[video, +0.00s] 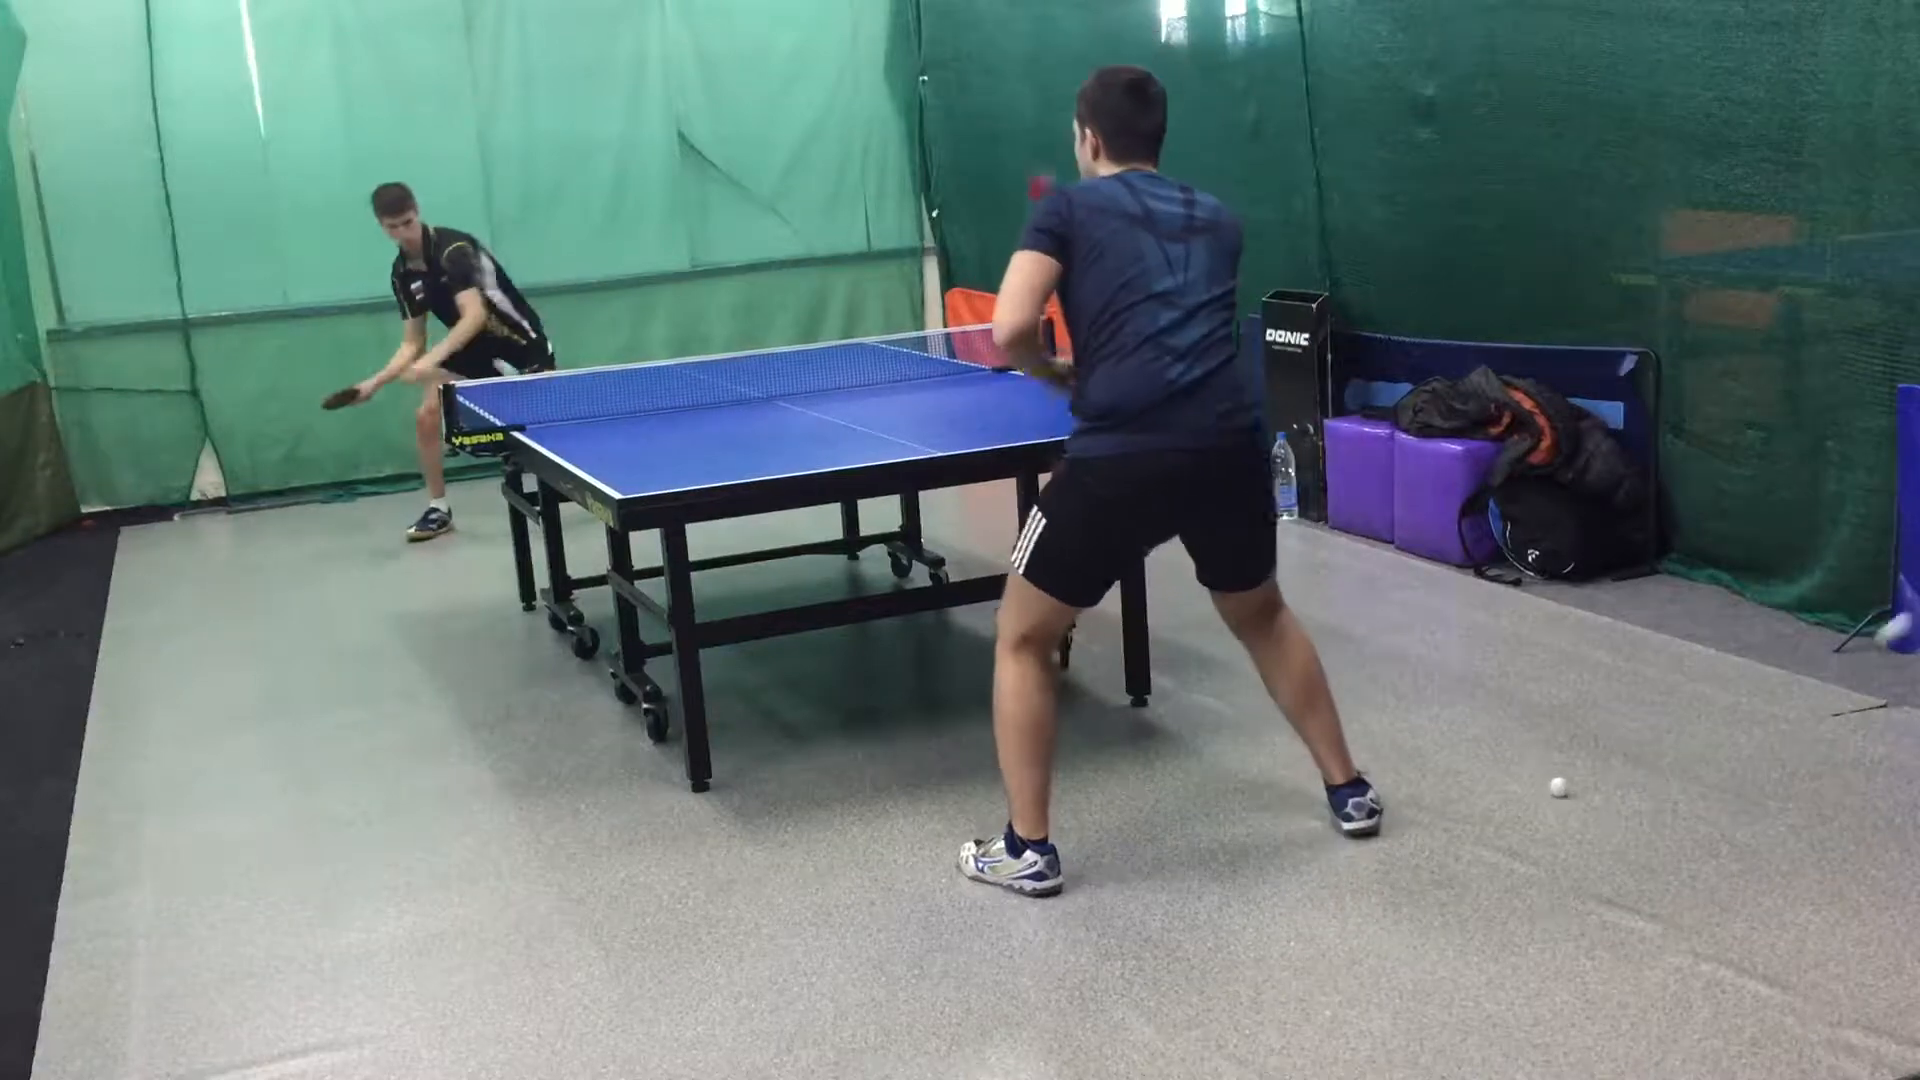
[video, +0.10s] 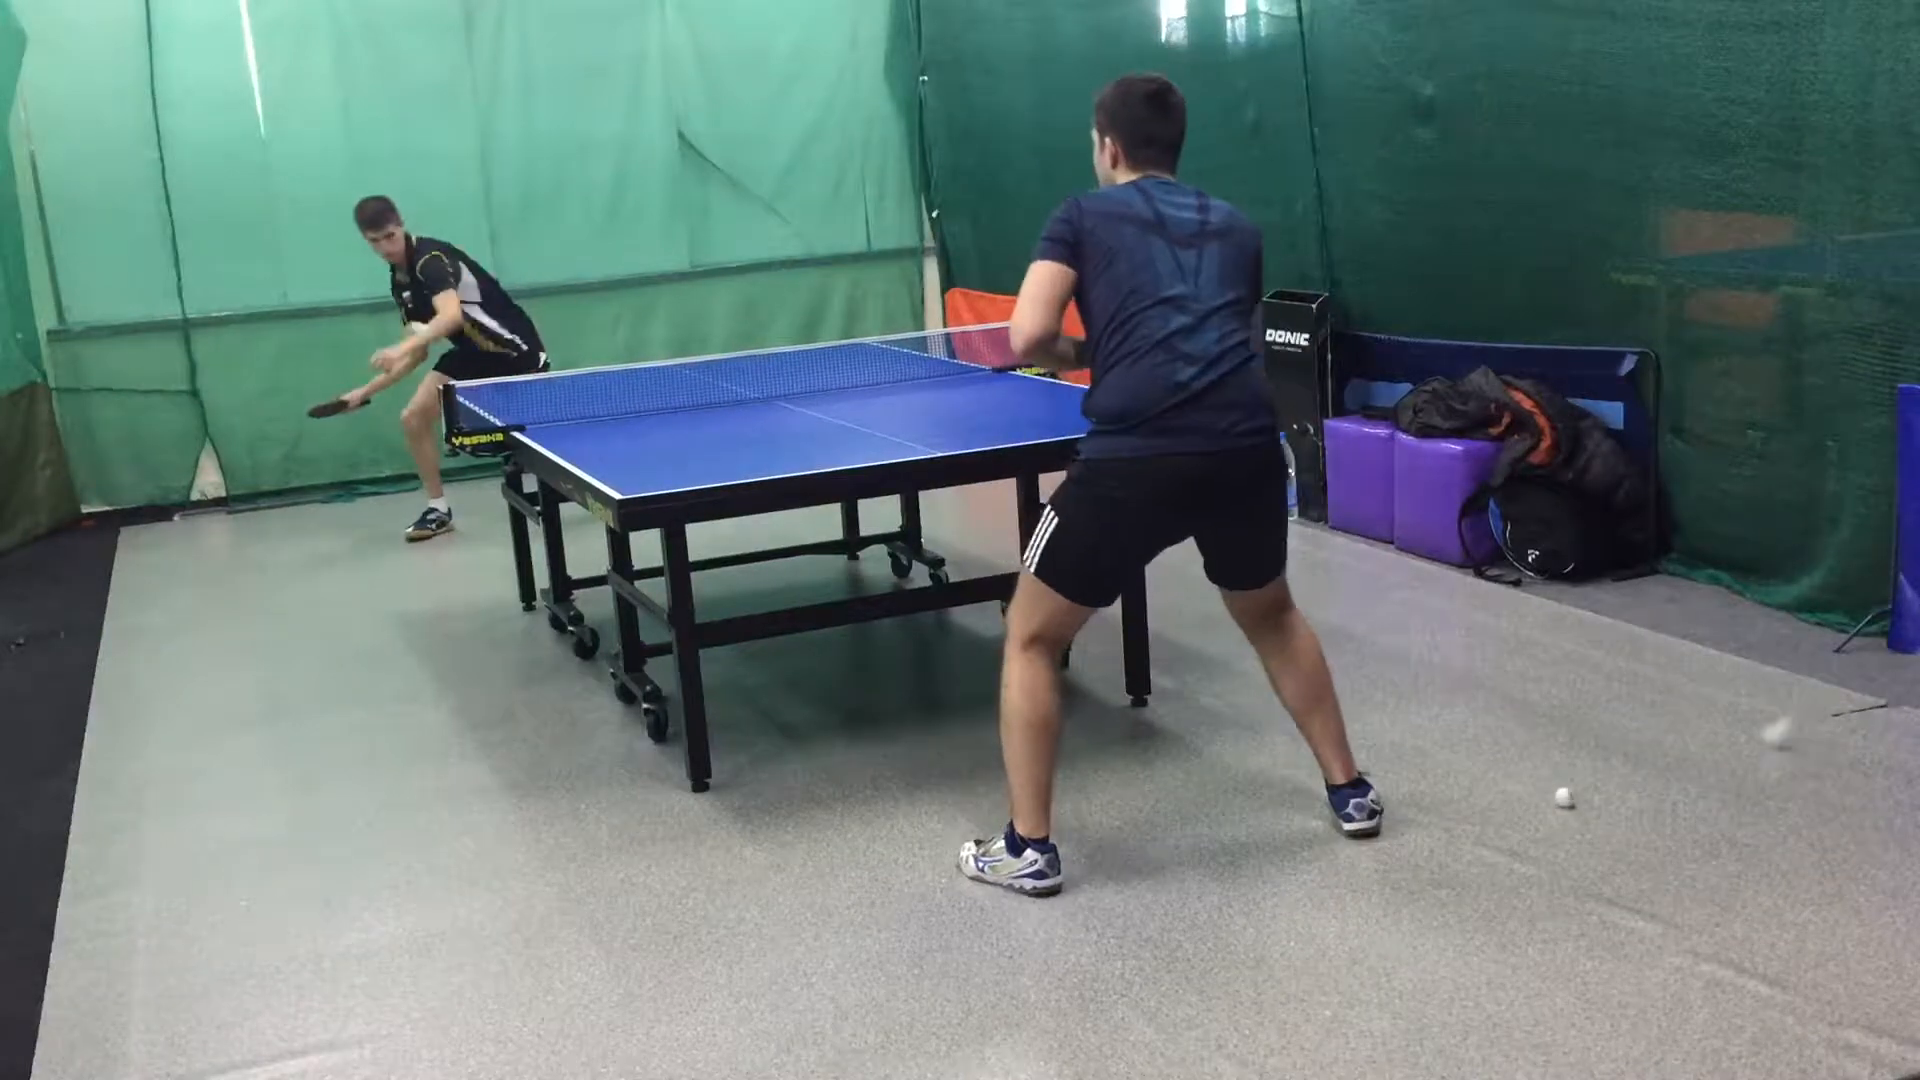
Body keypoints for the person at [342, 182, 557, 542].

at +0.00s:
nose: (402, 234)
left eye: (408, 223)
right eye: (393, 228)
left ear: (419, 213)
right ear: (382, 227)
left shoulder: (454, 250)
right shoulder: (403, 272)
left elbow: (475, 316)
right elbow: (412, 343)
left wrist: (430, 361)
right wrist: (374, 383)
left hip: (523, 345)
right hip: (474, 349)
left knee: (544, 422)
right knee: (427, 415)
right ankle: (438, 508)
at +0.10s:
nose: (385, 248)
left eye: (390, 237)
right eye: (375, 242)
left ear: (402, 226)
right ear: (367, 240)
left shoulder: (431, 259)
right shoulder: (400, 281)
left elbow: (452, 317)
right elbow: (416, 352)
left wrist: (404, 347)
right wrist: (365, 392)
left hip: (518, 354)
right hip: (471, 354)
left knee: (540, 431)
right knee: (414, 418)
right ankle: (438, 508)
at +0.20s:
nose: (375, 238)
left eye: (378, 226)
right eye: (365, 232)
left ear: (393, 216)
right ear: (359, 233)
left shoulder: (431, 245)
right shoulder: (393, 276)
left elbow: (485, 270)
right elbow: (407, 343)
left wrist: (456, 299)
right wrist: (361, 378)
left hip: (510, 351)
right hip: (460, 354)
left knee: (529, 430)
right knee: (411, 427)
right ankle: (438, 508)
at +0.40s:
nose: (396, 192)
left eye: (400, 182)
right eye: (388, 187)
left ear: (416, 177)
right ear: (382, 193)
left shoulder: (461, 208)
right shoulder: (390, 230)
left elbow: (527, 228)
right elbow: (410, 253)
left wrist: (547, 216)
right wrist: (443, 205)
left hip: (497, 335)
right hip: (444, 351)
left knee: (552, 395)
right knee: (426, 440)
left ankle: (552, 475)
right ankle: (428, 506)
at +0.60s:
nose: (438, 192)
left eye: (443, 183)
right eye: (428, 187)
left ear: (452, 181)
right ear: (414, 192)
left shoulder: (481, 221)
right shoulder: (415, 242)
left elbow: (543, 253)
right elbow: (429, 301)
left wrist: (577, 248)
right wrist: (460, 250)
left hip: (494, 343)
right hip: (445, 356)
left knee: (560, 393)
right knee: (430, 449)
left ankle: (529, 476)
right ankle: (404, 514)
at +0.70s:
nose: (434, 190)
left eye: (438, 180)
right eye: (423, 183)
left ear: (447, 177)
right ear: (408, 187)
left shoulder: (482, 216)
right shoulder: (405, 241)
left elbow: (531, 254)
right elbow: (407, 308)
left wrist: (571, 275)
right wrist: (438, 284)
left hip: (499, 334)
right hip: (445, 345)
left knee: (554, 395)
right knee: (419, 434)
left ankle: (525, 477)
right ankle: (409, 513)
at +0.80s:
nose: (419, 197)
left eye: (422, 187)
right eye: (408, 190)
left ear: (430, 182)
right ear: (393, 193)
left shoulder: (465, 221)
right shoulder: (392, 245)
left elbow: (512, 270)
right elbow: (392, 298)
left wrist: (526, 310)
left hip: (494, 323)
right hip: (443, 332)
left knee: (543, 396)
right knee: (411, 424)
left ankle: (528, 476)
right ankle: (417, 512)